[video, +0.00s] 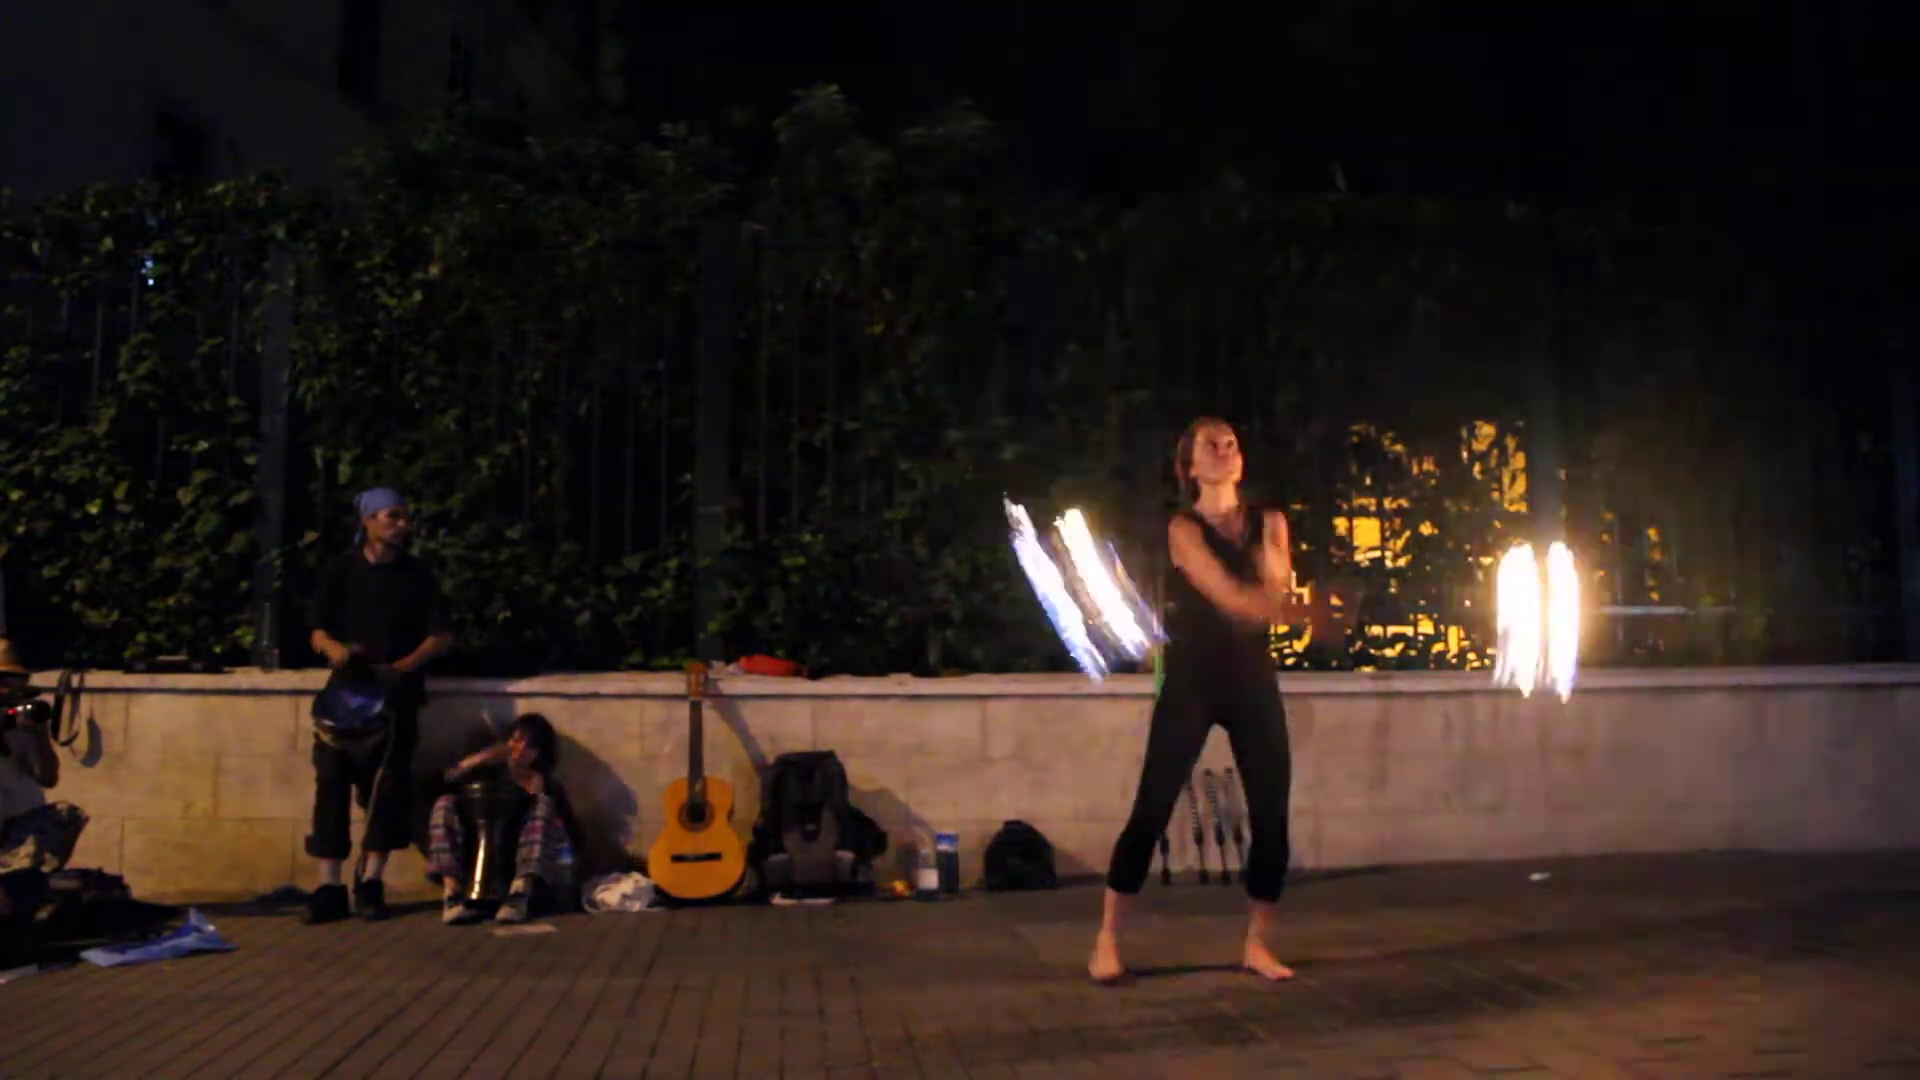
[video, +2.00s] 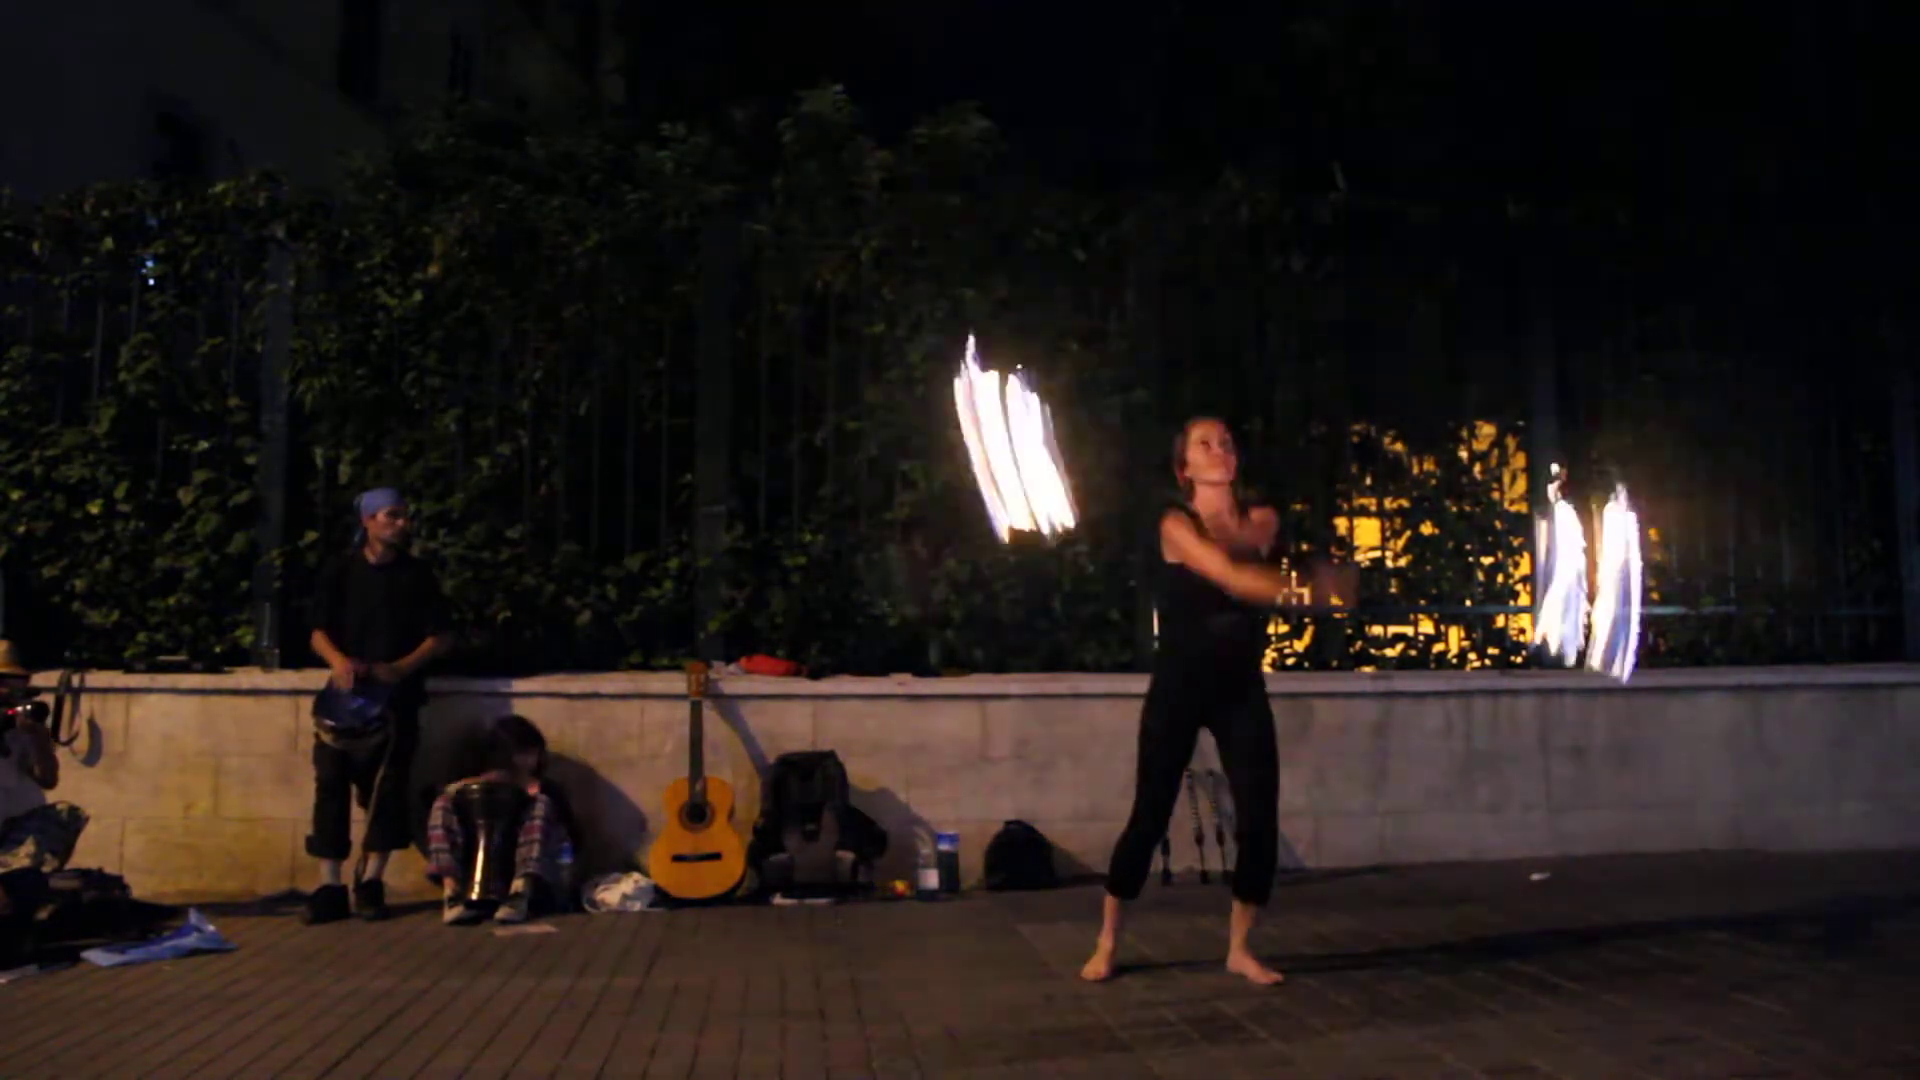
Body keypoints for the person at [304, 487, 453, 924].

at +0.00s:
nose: (402, 524)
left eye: (404, 517)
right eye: (393, 518)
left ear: (405, 523)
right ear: (368, 522)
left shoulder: (418, 574)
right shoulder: (341, 571)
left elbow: (441, 636)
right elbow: (317, 631)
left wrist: (401, 667)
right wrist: (336, 650)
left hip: (396, 692)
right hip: (345, 690)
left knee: (389, 783)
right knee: (331, 782)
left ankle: (370, 880)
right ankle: (330, 883)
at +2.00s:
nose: (402, 523)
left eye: (405, 517)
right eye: (393, 517)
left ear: (406, 523)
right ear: (368, 522)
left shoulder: (418, 574)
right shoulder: (340, 572)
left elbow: (440, 637)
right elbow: (316, 632)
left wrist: (398, 668)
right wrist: (339, 663)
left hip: (396, 697)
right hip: (344, 693)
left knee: (389, 788)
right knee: (331, 786)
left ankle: (370, 881)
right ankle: (331, 883)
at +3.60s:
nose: (401, 527)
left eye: (403, 520)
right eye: (391, 520)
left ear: (406, 525)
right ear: (367, 525)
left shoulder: (418, 575)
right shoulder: (340, 572)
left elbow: (442, 637)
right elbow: (316, 630)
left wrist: (395, 666)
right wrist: (334, 660)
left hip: (395, 696)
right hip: (344, 692)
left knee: (388, 786)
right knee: (331, 784)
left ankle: (371, 880)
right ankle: (330, 882)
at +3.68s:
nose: (400, 527)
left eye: (402, 520)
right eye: (391, 520)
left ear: (403, 525)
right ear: (367, 524)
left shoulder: (418, 575)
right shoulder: (340, 572)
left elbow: (441, 637)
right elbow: (317, 630)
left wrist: (398, 667)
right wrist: (335, 652)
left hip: (397, 694)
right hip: (345, 690)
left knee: (390, 784)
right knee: (331, 782)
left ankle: (371, 881)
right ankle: (330, 882)